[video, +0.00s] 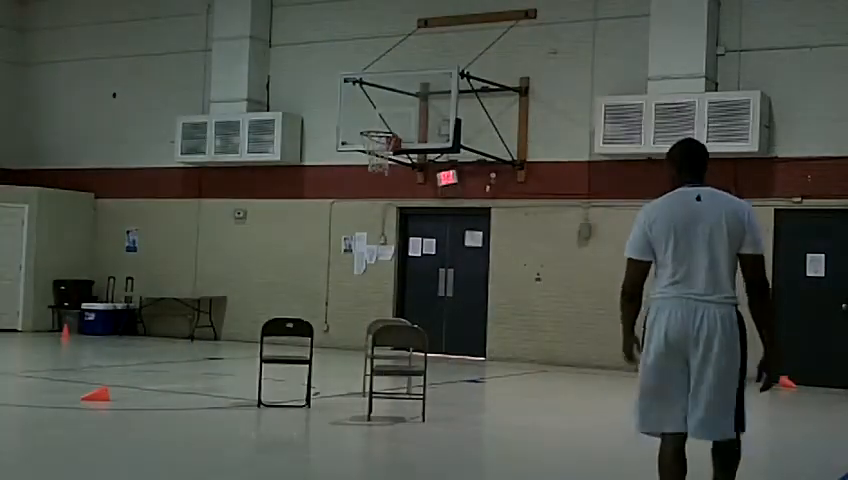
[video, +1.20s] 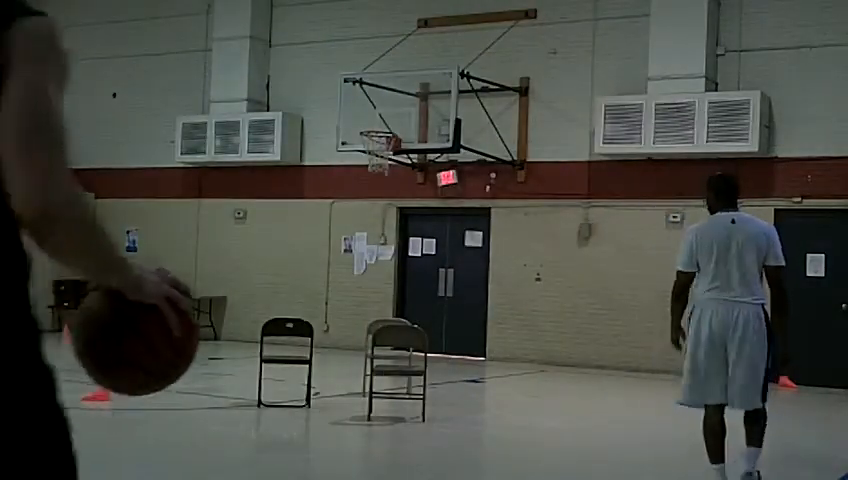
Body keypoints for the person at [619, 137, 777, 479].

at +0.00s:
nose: (666, 171)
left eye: (667, 166)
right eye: (668, 166)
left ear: (672, 168)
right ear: (706, 168)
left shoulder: (654, 211)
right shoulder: (738, 210)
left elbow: (631, 285)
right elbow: (757, 286)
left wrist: (628, 332)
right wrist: (770, 349)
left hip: (666, 323)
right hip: (720, 325)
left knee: (671, 432)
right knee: (725, 431)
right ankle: (723, 479)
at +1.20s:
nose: (706, 202)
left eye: (707, 198)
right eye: (708, 197)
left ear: (711, 199)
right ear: (738, 198)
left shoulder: (698, 233)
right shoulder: (764, 231)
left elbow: (681, 285)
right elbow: (777, 285)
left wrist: (675, 324)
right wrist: (780, 332)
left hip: (708, 317)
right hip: (749, 317)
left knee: (712, 402)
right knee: (754, 399)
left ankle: (718, 473)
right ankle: (751, 467)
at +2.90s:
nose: (706, 222)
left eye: (707, 218)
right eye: (707, 218)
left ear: (713, 219)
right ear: (730, 219)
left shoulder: (709, 242)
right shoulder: (752, 246)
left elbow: (701, 286)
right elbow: (758, 290)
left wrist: (693, 329)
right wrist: (755, 322)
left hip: (717, 309)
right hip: (747, 311)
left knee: (693, 370)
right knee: (748, 377)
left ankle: (702, 430)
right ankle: (754, 441)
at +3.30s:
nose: (658, 227)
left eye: (660, 222)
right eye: (658, 222)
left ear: (669, 223)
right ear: (681, 222)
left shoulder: (672, 247)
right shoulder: (704, 246)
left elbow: (665, 291)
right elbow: (709, 287)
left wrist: (656, 331)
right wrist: (703, 312)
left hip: (679, 313)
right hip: (703, 312)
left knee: (675, 372)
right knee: (701, 370)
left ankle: (678, 429)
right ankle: (729, 411)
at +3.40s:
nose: (649, 225)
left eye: (651, 221)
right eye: (649, 221)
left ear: (660, 221)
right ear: (671, 220)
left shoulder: (662, 245)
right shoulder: (692, 244)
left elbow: (654, 288)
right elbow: (698, 282)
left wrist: (635, 326)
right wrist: (693, 308)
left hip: (671, 307)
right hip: (693, 305)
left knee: (670, 369)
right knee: (682, 367)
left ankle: (678, 429)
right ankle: (704, 411)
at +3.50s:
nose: (639, 226)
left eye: (641, 221)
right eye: (639, 221)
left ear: (649, 222)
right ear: (661, 220)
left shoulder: (653, 245)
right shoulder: (680, 244)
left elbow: (641, 286)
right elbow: (687, 278)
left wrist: (618, 318)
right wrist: (683, 304)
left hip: (661, 305)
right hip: (681, 304)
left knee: (662, 368)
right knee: (665, 366)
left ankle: (677, 428)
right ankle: (670, 419)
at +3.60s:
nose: (628, 228)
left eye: (630, 223)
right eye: (628, 223)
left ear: (638, 224)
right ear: (648, 223)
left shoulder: (641, 248)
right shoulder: (668, 246)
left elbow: (626, 288)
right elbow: (675, 281)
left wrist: (603, 314)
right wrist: (671, 305)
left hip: (650, 305)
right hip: (669, 304)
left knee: (658, 367)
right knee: (646, 364)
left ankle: (677, 427)